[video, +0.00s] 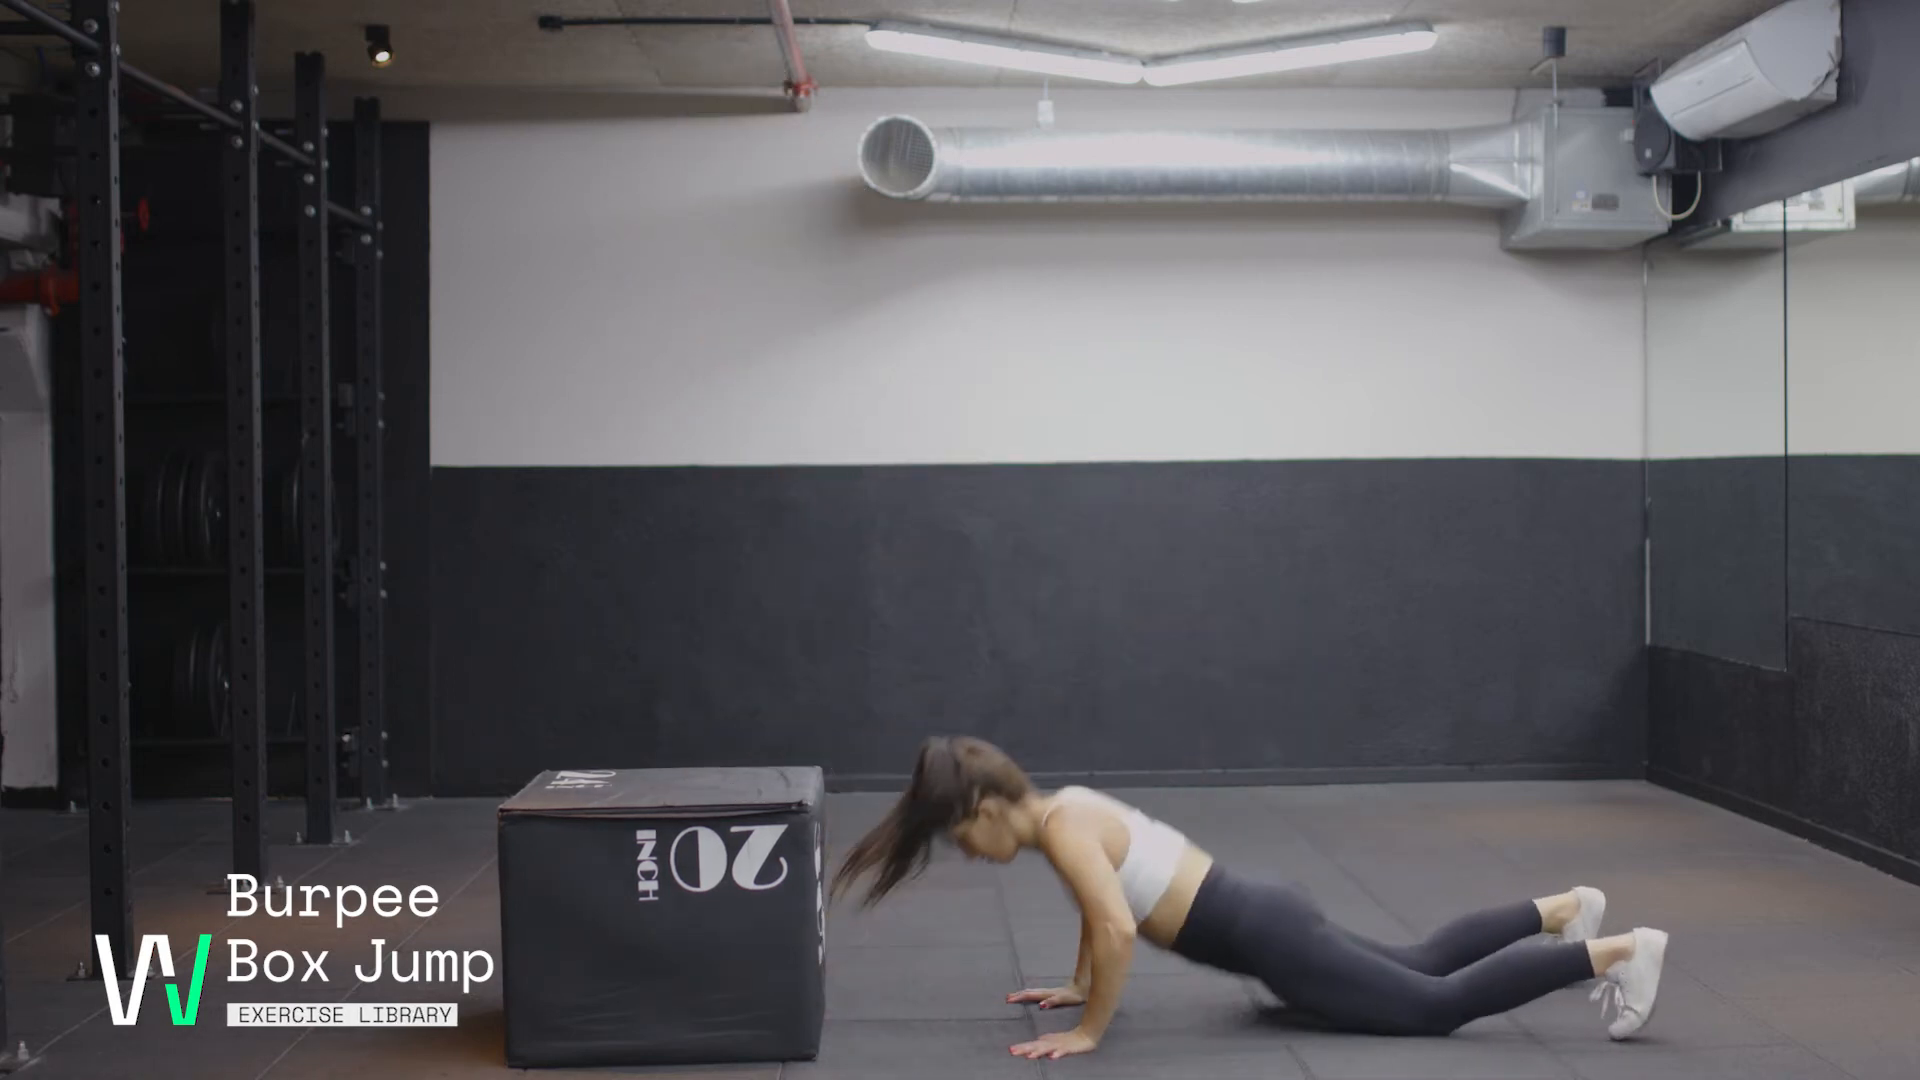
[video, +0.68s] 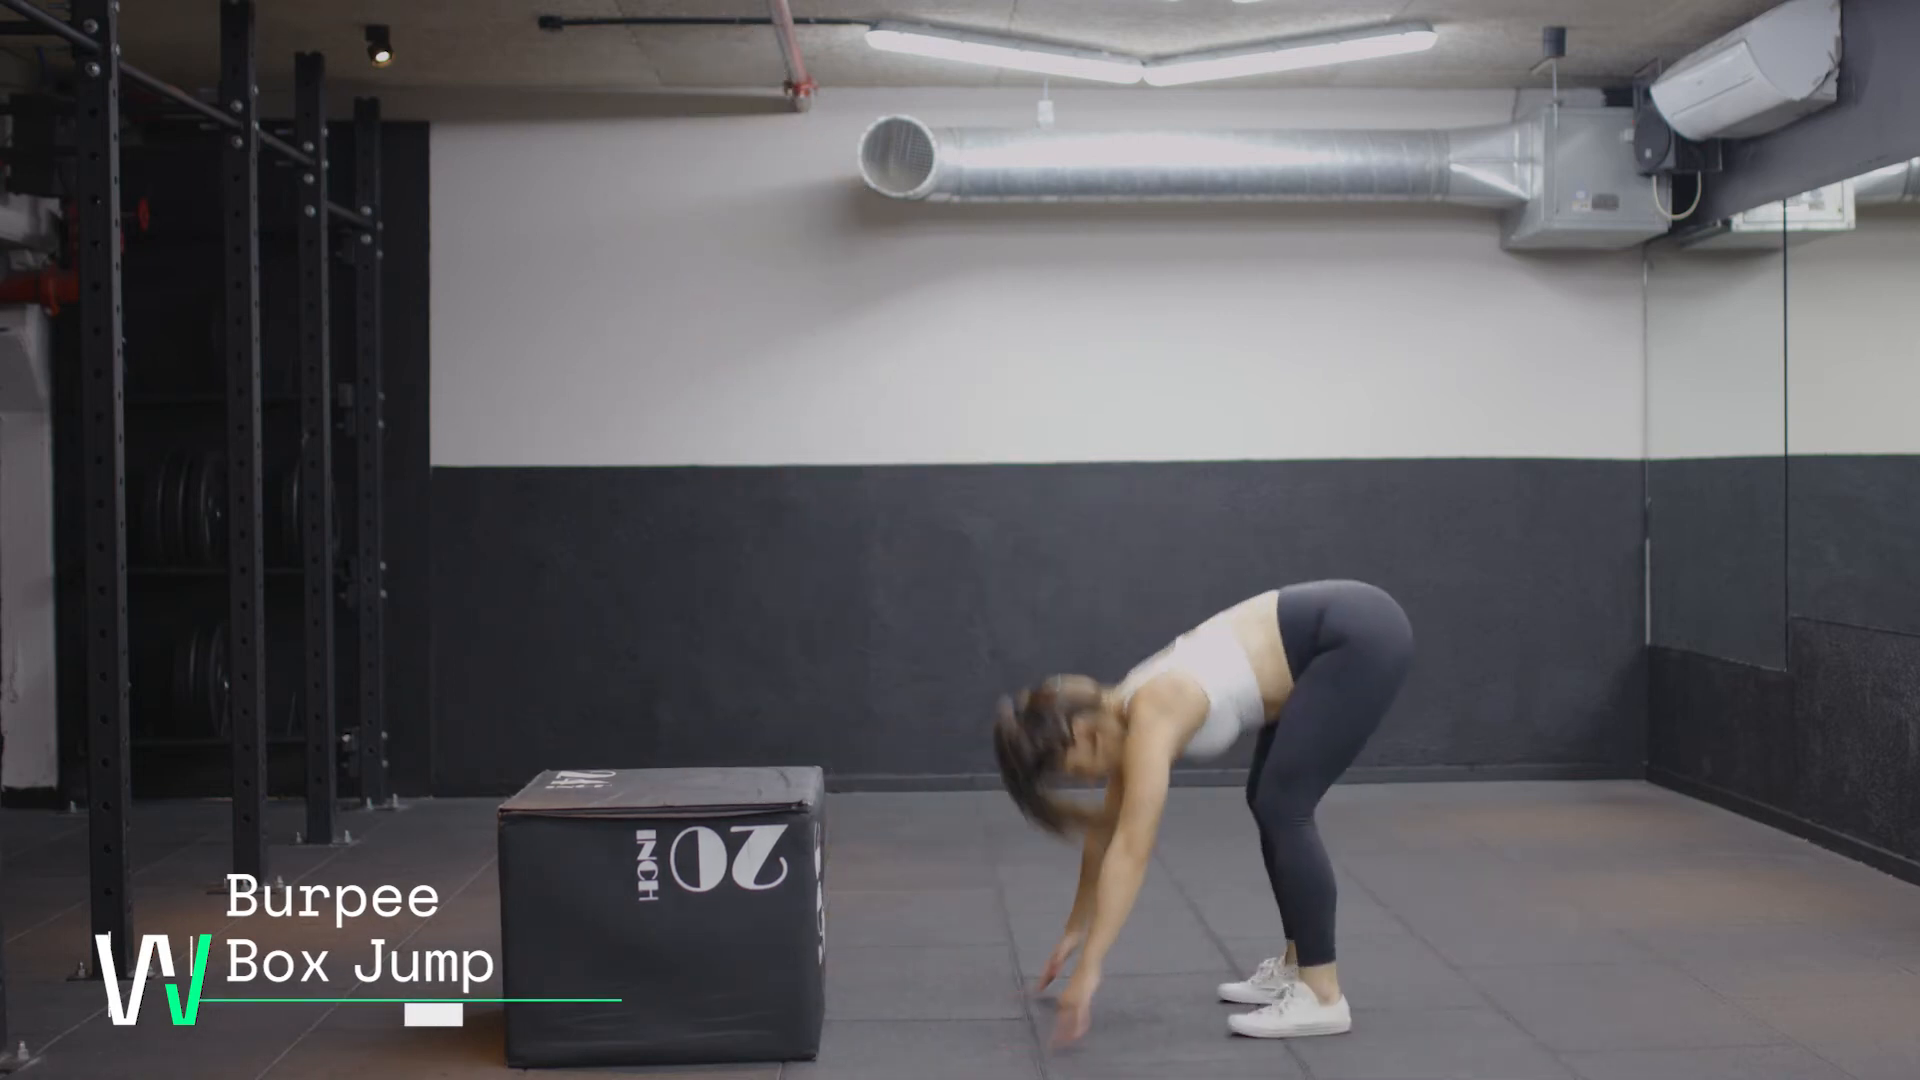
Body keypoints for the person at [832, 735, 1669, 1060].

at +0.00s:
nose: (971, 850)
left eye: (966, 835)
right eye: (962, 839)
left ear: (993, 807)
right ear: (996, 798)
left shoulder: (1067, 836)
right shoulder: (1063, 813)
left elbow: (1116, 936)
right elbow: (1106, 919)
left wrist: (1088, 1033)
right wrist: (1075, 986)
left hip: (1262, 931)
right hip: (1259, 913)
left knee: (1437, 1005)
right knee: (1416, 969)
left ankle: (1606, 956)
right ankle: (1563, 914)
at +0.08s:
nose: (980, 828)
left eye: (972, 813)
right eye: (970, 817)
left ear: (992, 785)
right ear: (997, 773)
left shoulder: (1071, 799)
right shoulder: (1068, 787)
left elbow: (1110, 917)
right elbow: (1096, 901)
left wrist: (1092, 1027)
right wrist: (1074, 989)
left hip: (1277, 882)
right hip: (1271, 875)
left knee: (1437, 993)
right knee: (1418, 960)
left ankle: (1621, 965)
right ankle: (1566, 922)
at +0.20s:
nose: (974, 824)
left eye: (962, 811)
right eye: (961, 813)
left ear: (973, 786)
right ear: (985, 760)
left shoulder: (1067, 772)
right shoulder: (1058, 763)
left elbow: (1088, 907)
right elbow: (1083, 894)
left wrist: (1090, 1028)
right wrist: (1076, 989)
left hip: (1282, 776)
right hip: (1276, 769)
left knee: (1425, 910)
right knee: (1416, 890)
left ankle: (1616, 954)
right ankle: (1562, 909)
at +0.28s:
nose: (1002, 838)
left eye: (989, 827)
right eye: (986, 831)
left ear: (1001, 793)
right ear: (1000, 777)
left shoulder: (1080, 766)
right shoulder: (1067, 757)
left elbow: (1093, 904)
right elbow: (1090, 894)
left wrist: (1087, 1031)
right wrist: (1076, 991)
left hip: (1283, 696)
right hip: (1271, 703)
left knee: (1386, 864)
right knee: (1384, 848)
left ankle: (1575, 933)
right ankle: (1537, 894)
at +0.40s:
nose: (1078, 862)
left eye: (1064, 855)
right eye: (1065, 861)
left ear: (1063, 824)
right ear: (1065, 812)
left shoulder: (1129, 773)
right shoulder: (1109, 765)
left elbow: (1120, 913)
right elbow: (1105, 894)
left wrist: (1090, 1029)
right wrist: (1081, 985)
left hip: (1296, 621)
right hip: (1279, 621)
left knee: (1317, 815)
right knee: (1320, 808)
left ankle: (1444, 958)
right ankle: (1412, 936)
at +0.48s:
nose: (1105, 860)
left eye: (1095, 854)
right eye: (1094, 860)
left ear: (1099, 817)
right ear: (1095, 806)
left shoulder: (1156, 776)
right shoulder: (1129, 767)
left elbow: (1132, 916)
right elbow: (1115, 891)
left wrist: (1090, 1030)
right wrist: (1082, 987)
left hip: (1315, 614)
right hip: (1290, 608)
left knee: (1288, 803)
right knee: (1284, 800)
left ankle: (1348, 985)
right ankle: (1325, 955)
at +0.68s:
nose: (1082, 777)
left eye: (1072, 768)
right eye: (1071, 774)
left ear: (1083, 731)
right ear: (1080, 725)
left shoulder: (1153, 715)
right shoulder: (1124, 710)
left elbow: (1132, 850)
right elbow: (1103, 831)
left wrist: (1089, 970)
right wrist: (1076, 931)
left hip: (1359, 635)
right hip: (1322, 636)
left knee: (1284, 805)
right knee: (1269, 799)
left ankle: (1322, 995)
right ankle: (1300, 966)